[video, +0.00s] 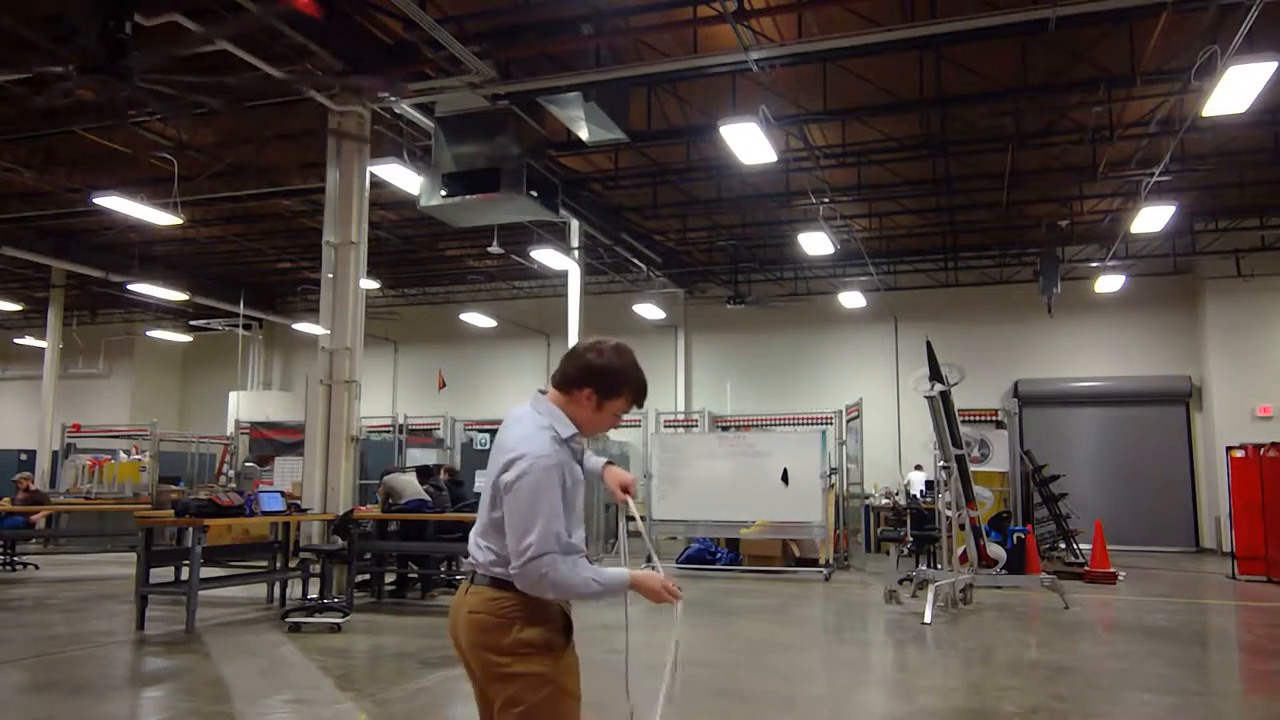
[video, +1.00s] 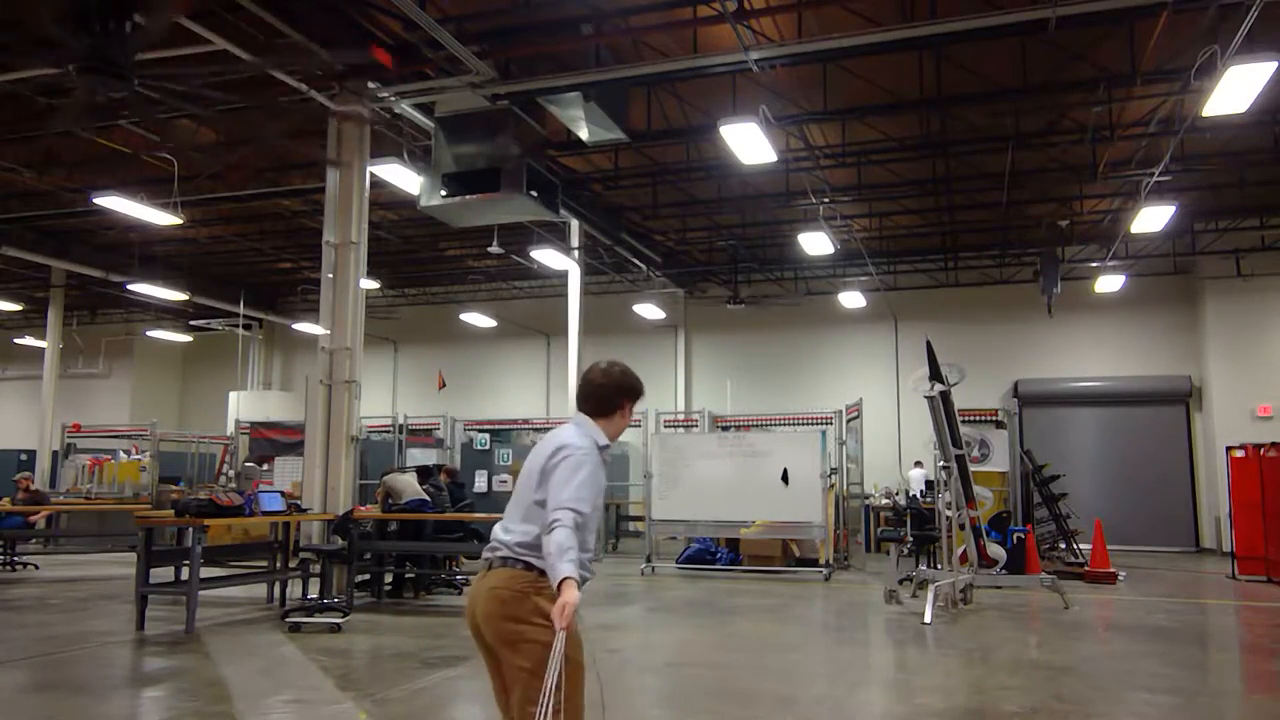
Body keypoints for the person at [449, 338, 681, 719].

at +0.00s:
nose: (616, 425)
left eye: (621, 416)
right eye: (617, 414)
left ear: (583, 396)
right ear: (587, 398)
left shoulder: (527, 420)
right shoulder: (540, 454)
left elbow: (570, 451)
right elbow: (537, 568)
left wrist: (605, 469)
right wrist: (630, 580)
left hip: (482, 600)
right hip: (516, 615)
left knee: (503, 712)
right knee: (543, 712)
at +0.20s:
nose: (602, 417)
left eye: (606, 407)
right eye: (601, 404)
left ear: (567, 388)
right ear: (569, 388)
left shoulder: (539, 434)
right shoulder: (524, 444)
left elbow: (564, 480)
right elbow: (509, 550)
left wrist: (605, 496)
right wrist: (602, 566)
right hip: (513, 612)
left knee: (513, 712)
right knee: (536, 712)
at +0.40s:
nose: (587, 414)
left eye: (593, 405)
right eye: (583, 400)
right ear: (551, 385)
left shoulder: (539, 437)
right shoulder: (518, 439)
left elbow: (547, 507)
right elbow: (494, 535)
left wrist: (592, 518)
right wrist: (560, 564)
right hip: (506, 610)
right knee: (532, 713)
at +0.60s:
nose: (585, 406)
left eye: (591, 398)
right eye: (578, 392)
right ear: (545, 383)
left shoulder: (540, 437)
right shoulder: (519, 437)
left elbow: (541, 515)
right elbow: (499, 520)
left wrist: (583, 534)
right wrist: (542, 570)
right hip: (506, 605)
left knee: (496, 714)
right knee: (552, 712)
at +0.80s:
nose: (615, 408)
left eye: (618, 398)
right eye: (613, 396)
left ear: (583, 390)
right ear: (583, 388)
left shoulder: (543, 436)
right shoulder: (545, 441)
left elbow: (546, 509)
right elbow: (523, 520)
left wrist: (585, 536)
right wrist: (555, 580)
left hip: (488, 588)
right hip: (515, 594)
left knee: (499, 713)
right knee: (552, 713)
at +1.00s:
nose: (632, 417)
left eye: (633, 408)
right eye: (633, 408)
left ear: (585, 399)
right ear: (625, 409)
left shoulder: (557, 439)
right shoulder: (579, 450)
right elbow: (562, 521)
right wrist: (568, 584)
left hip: (490, 585)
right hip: (524, 592)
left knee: (521, 709)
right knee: (552, 711)